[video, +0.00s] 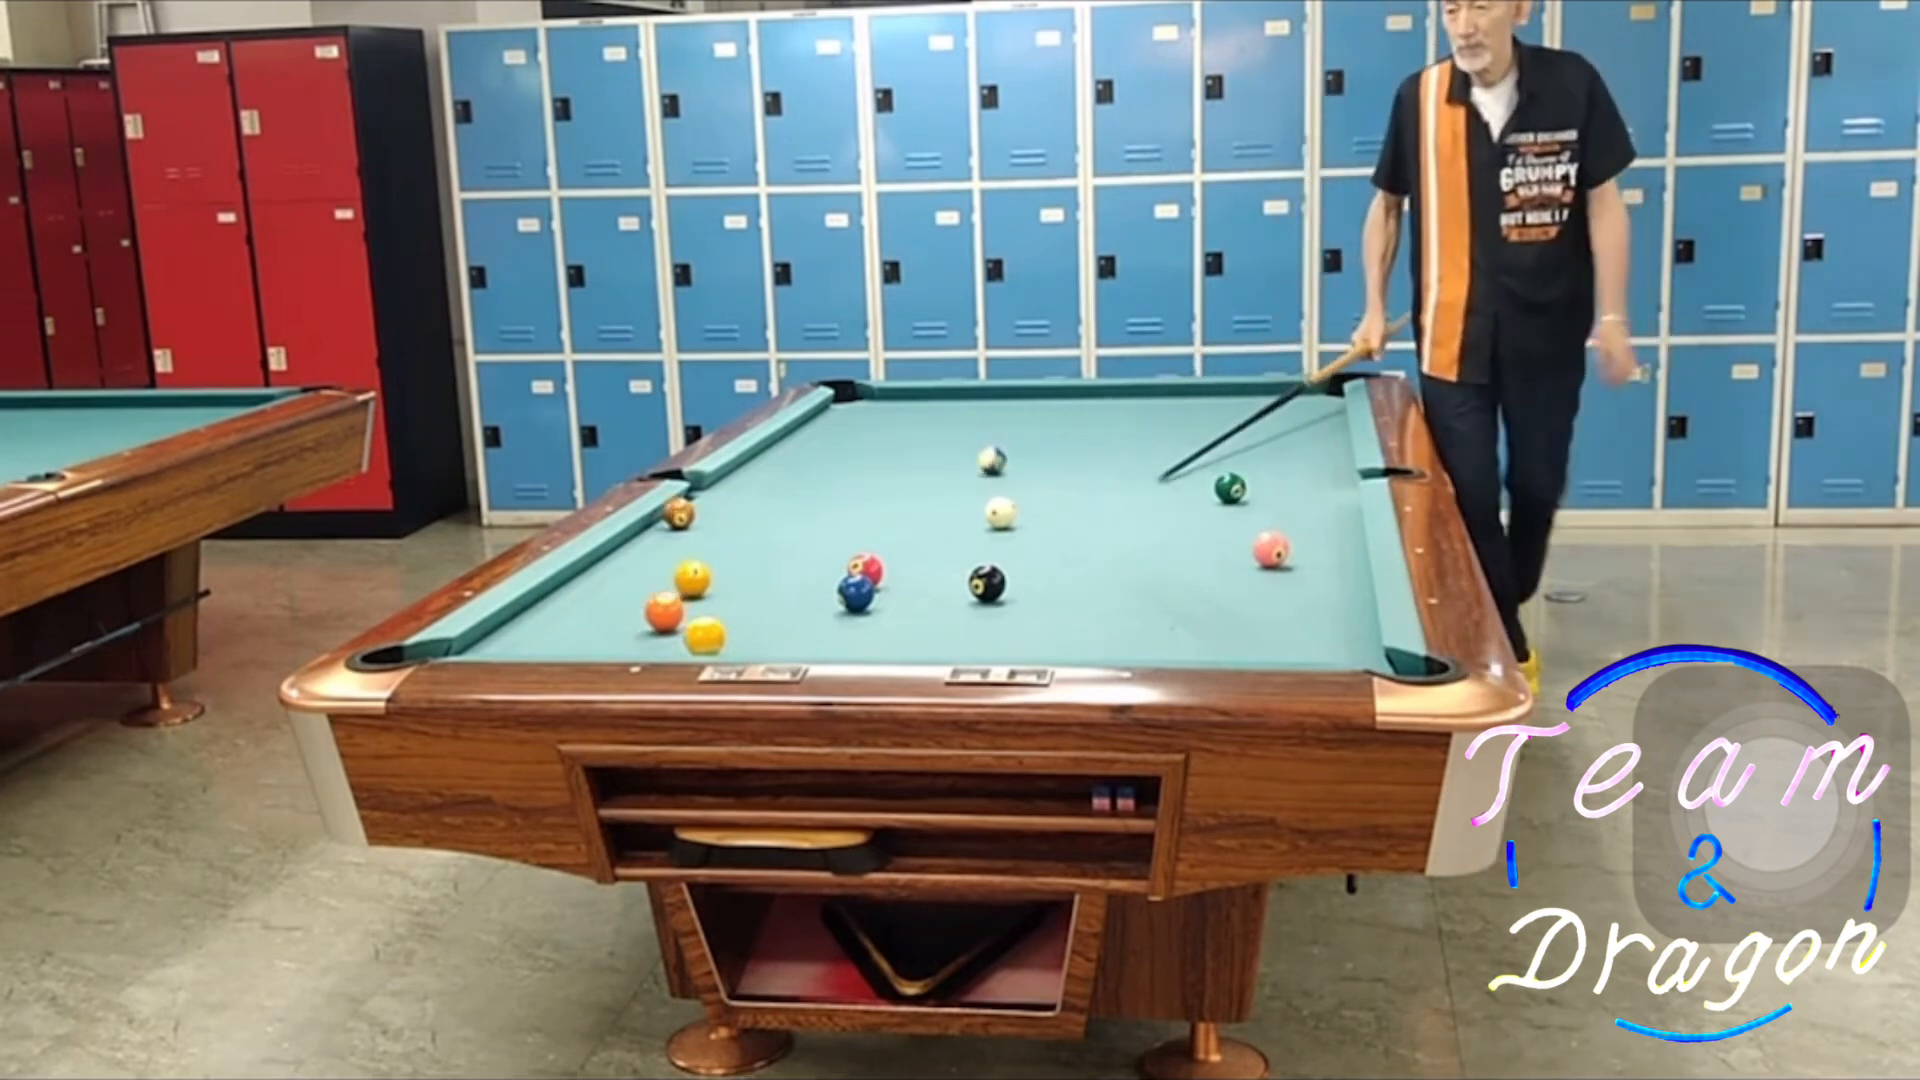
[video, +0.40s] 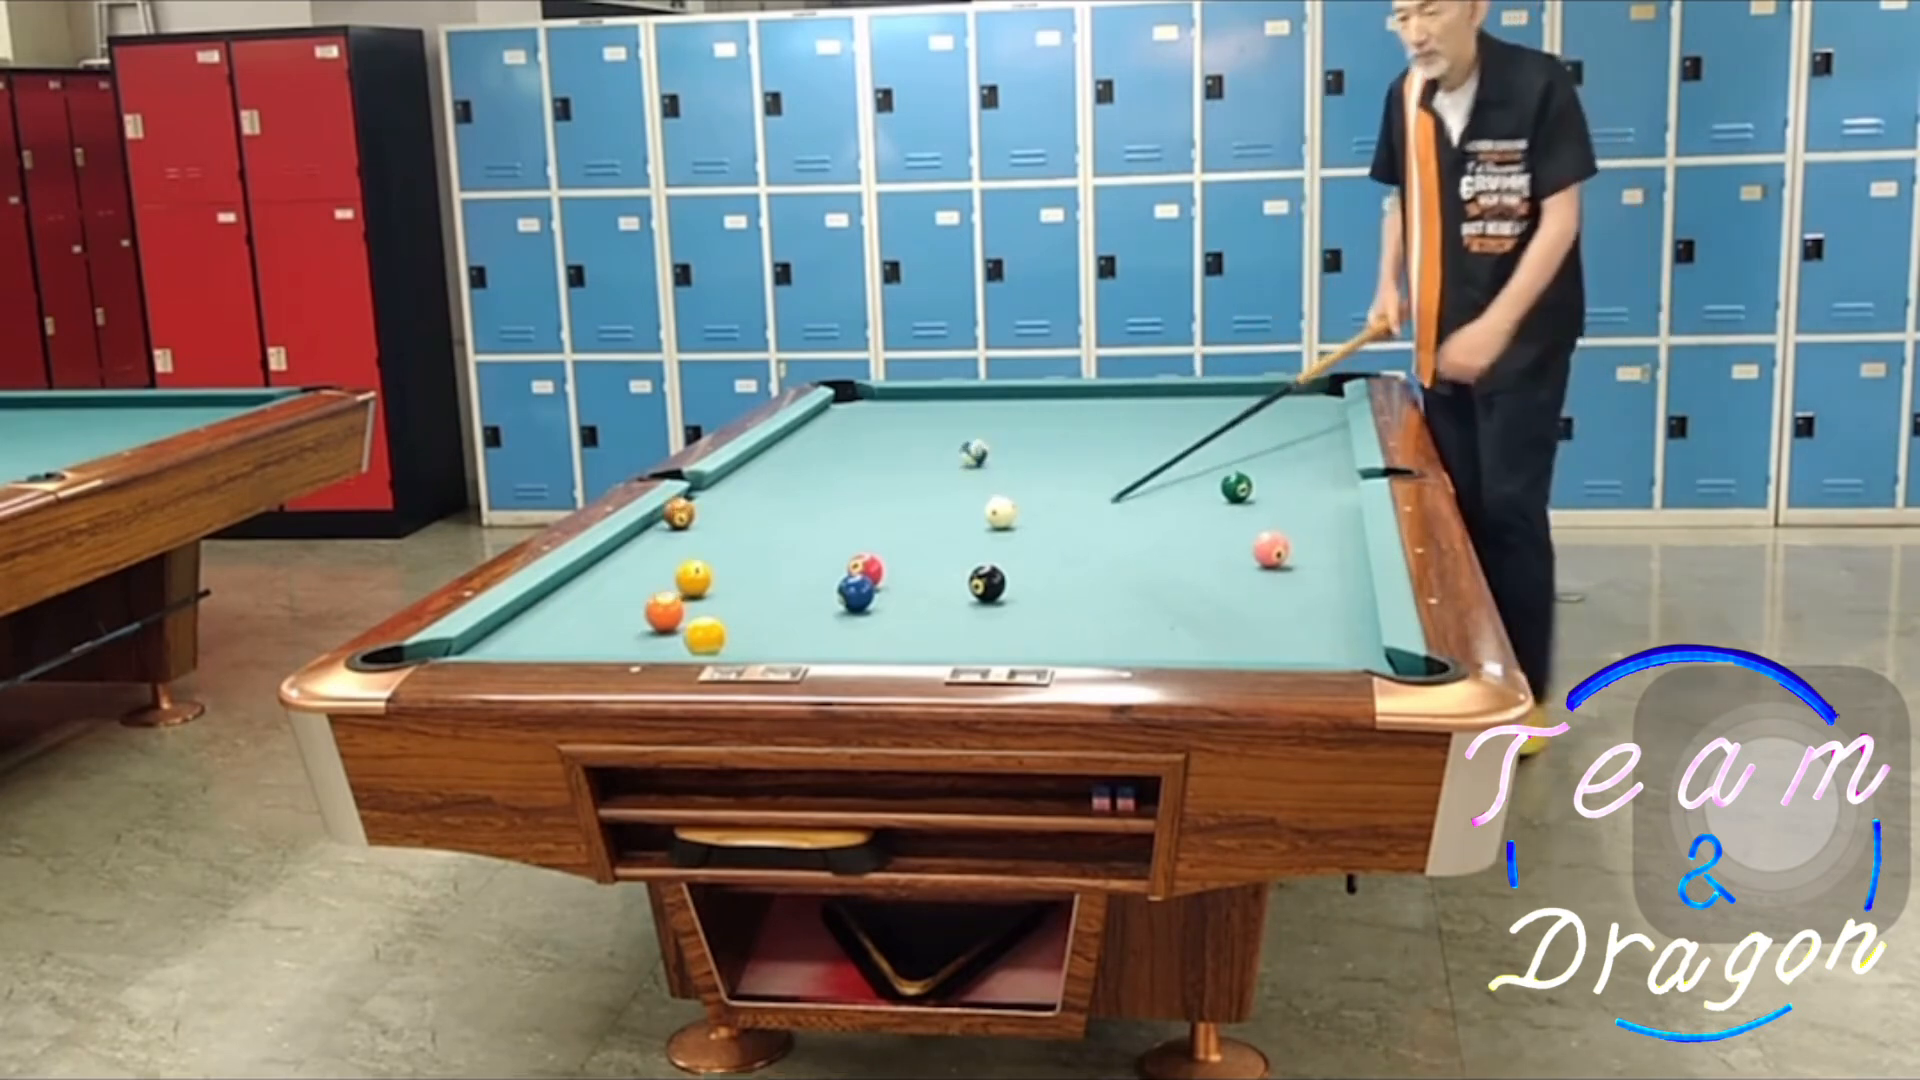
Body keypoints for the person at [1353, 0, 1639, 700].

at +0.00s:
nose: (1464, 24)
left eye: (1481, 8)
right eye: (1453, 10)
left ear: (1518, 11)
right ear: (1441, 17)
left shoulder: (1571, 82)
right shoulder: (1419, 95)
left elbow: (1605, 203)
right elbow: (1387, 207)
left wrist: (1612, 317)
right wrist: (1374, 309)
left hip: (1547, 338)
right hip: (1453, 338)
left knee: (1537, 491)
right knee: (1470, 499)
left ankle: (1510, 601)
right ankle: (1505, 652)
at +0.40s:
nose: (1412, 31)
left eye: (1427, 13)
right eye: (1401, 17)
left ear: (1475, 10)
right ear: (1396, 23)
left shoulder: (1539, 83)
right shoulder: (1405, 95)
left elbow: (1561, 220)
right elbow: (1397, 200)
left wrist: (1495, 323)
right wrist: (1388, 285)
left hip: (1523, 340)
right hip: (1442, 337)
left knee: (1508, 515)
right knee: (1451, 515)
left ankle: (1524, 692)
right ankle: (1458, 681)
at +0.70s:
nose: (1357, 77)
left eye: (1370, 55)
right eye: (1346, 62)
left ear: (1421, 45)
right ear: (1344, 69)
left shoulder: (1482, 113)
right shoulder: (1410, 119)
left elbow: (1478, 257)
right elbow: (1441, 241)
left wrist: (1393, 365)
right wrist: (1434, 328)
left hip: (1521, 342)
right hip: (1469, 338)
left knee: (1473, 514)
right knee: (1446, 507)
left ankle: (1511, 655)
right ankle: (1483, 650)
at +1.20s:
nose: (1310, 163)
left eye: (1318, 141)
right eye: (1300, 149)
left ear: (1366, 119)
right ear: (1361, 123)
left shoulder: (1433, 161)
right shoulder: (1376, 161)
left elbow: (1376, 319)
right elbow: (1447, 238)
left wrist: (1293, 422)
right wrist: (1434, 319)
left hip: (1541, 338)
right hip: (1490, 340)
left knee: (1487, 506)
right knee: (1484, 504)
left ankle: (1531, 671)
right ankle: (1524, 667)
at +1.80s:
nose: (1297, 269)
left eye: (1303, 250)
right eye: (1287, 255)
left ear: (1355, 223)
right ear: (1355, 216)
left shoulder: (1416, 254)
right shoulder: (1404, 196)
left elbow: (1327, 377)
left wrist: (1222, 464)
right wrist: (1470, 337)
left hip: (1572, 366)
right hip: (1608, 340)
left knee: (1498, 546)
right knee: (1557, 537)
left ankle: (1500, 735)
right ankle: (1612, 690)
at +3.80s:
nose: (1322, 357)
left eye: (1330, 340)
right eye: (1314, 342)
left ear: (1383, 315)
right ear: (1373, 301)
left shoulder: (1444, 342)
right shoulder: (1413, 257)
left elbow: (1349, 433)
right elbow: (1506, 231)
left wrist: (1221, 472)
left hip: (1634, 380)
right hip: (1612, 356)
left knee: (1508, 545)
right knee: (1539, 537)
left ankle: (1510, 706)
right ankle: (1608, 692)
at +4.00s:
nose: (1324, 362)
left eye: (1331, 346)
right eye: (1317, 348)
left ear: (1380, 318)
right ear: (1370, 303)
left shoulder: (1443, 341)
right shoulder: (1411, 257)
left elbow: (1348, 433)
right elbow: (1504, 230)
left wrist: (1221, 472)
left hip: (1633, 378)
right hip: (1614, 353)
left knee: (1508, 544)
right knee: (1539, 536)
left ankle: (1510, 707)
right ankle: (1607, 693)